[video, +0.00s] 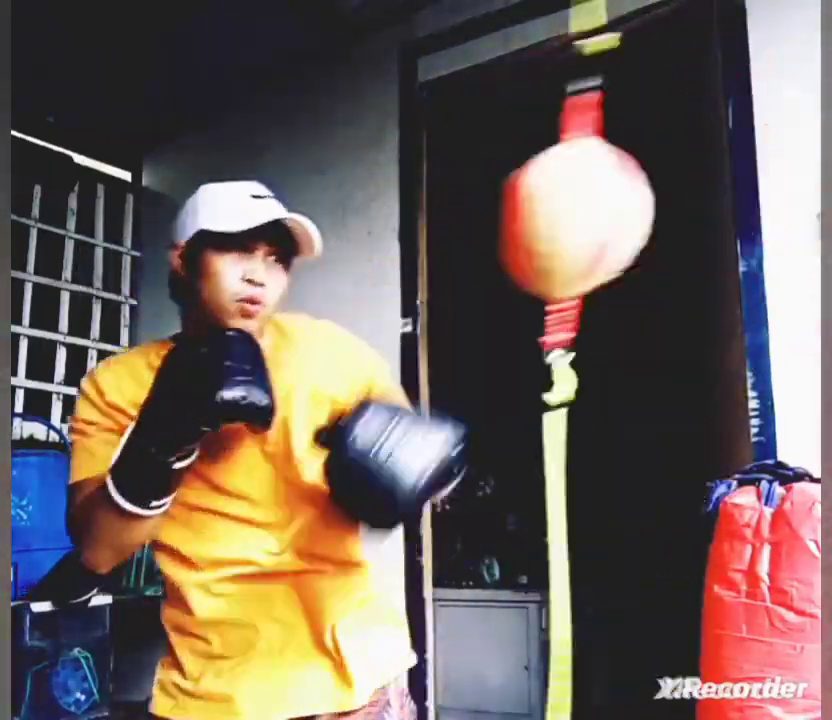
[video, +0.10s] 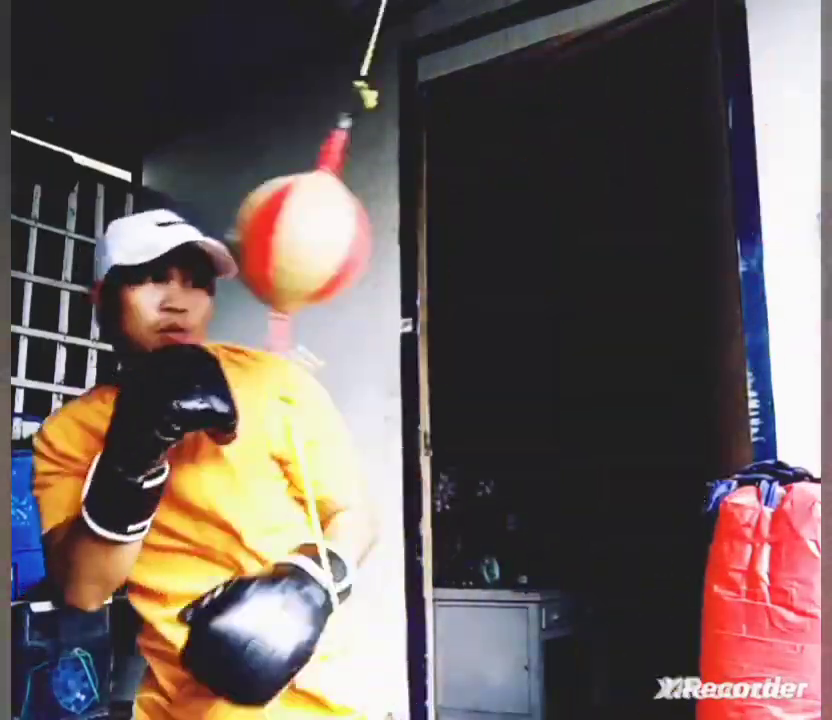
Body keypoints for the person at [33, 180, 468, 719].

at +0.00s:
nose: (258, 270)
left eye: (273, 255)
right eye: (234, 248)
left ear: (287, 273)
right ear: (183, 262)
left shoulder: (336, 355)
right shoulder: (120, 385)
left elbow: (420, 465)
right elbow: (99, 550)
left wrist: (408, 463)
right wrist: (164, 439)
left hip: (360, 684)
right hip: (213, 687)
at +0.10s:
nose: (177, 299)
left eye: (194, 281)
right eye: (152, 279)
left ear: (211, 298)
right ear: (106, 301)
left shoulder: (281, 384)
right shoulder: (71, 433)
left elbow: (355, 513)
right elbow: (85, 591)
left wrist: (309, 584)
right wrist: (135, 457)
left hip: (321, 692)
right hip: (183, 700)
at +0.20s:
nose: (131, 315)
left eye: (148, 295)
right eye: (104, 294)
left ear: (167, 312)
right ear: (64, 320)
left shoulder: (248, 392)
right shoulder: (43, 456)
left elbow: (330, 514)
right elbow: (79, 607)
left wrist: (261, 603)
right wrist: (115, 473)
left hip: (292, 695)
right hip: (162, 703)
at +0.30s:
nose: (133, 318)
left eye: (149, 297)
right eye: (107, 297)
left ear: (167, 312)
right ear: (63, 319)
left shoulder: (244, 391)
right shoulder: (41, 457)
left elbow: (328, 515)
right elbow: (78, 609)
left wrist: (244, 610)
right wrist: (108, 482)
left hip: (287, 696)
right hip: (154, 706)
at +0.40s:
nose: (183, 306)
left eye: (198, 287)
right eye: (159, 283)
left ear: (211, 303)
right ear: (107, 303)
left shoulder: (281, 393)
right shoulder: (60, 436)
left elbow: (345, 521)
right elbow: (86, 595)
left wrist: (278, 601)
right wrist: (139, 473)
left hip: (295, 697)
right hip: (154, 703)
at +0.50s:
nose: (271, 280)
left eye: (278, 264)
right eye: (247, 260)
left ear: (290, 273)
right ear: (187, 275)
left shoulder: (324, 390)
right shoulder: (111, 376)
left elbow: (355, 517)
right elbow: (131, 511)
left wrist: (321, 568)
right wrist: (231, 391)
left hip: (306, 696)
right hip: (164, 692)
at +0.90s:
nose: (436, 366)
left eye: (439, 348)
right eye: (426, 340)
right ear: (364, 330)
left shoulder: (368, 459)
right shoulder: (211, 386)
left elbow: (338, 598)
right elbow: (122, 536)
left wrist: (326, 657)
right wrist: (288, 522)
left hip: (263, 706)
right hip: (142, 699)